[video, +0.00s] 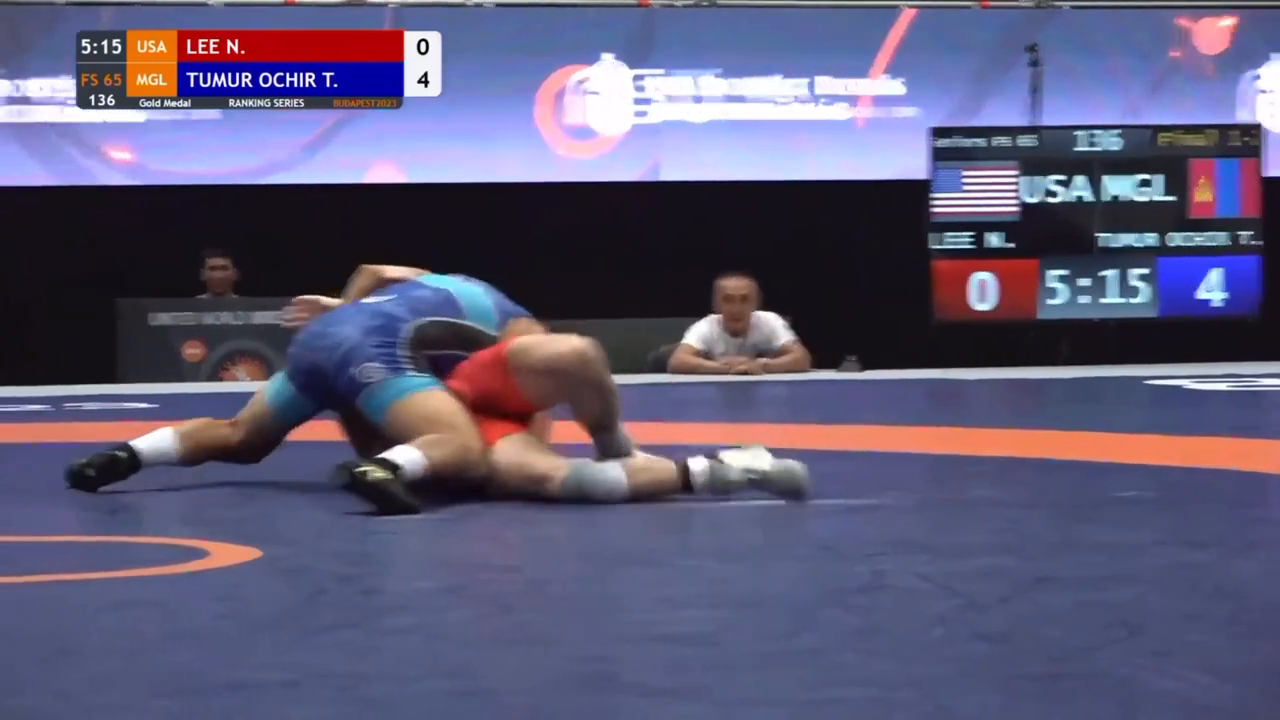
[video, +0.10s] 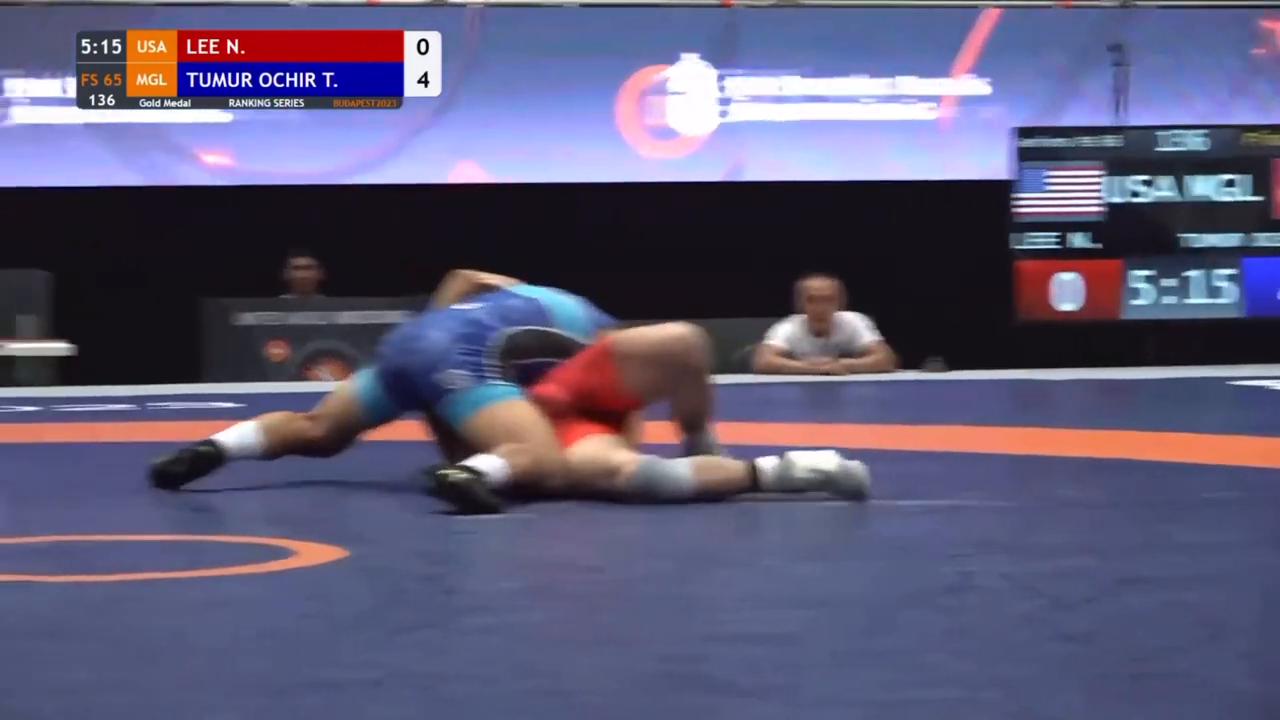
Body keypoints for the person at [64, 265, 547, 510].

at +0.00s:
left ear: (489, 297)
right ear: (517, 333)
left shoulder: (450, 289)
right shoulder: (513, 325)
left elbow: (375, 269)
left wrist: (341, 308)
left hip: (316, 336)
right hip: (372, 336)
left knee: (243, 437)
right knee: (463, 445)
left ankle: (131, 452)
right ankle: (394, 468)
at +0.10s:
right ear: (630, 348)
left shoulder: (552, 305)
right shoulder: (603, 343)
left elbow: (465, 275)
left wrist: (422, 347)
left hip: (407, 342)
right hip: (458, 351)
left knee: (319, 430)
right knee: (540, 453)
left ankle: (214, 446)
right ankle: (475, 474)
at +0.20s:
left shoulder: (639, 308)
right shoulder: (693, 345)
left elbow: (568, 271)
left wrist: (516, 337)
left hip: (502, 342)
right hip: (555, 348)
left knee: (404, 442)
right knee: (612, 451)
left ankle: (290, 444)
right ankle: (552, 473)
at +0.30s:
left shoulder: (693, 311)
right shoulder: (753, 366)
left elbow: (631, 272)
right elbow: (764, 453)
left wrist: (562, 339)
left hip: (553, 344)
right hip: (608, 357)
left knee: (448, 450)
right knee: (643, 454)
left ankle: (330, 449)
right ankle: (583, 474)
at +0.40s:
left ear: (753, 320)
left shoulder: (711, 313)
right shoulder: (767, 369)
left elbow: (646, 273)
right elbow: (768, 453)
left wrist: (575, 334)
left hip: (554, 347)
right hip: (606, 359)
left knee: (463, 450)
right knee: (648, 452)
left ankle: (350, 447)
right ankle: (587, 475)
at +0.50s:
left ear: (752, 320)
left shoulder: (723, 309)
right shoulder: (776, 362)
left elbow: (653, 269)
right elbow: (783, 428)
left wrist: (587, 326)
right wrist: (757, 467)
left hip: (552, 339)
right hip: (611, 346)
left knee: (461, 450)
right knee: (648, 451)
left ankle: (343, 441)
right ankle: (573, 465)